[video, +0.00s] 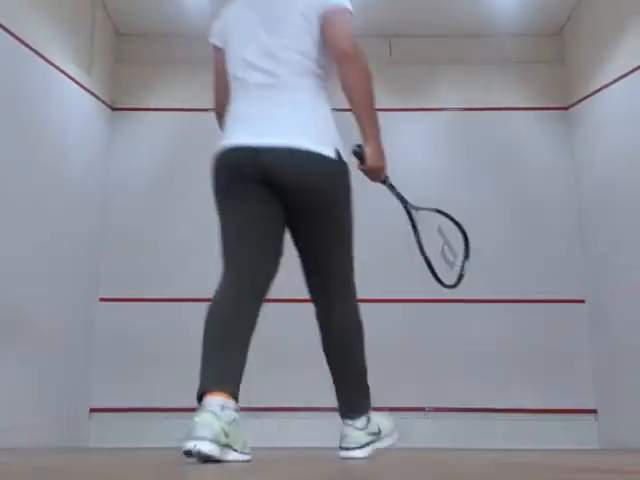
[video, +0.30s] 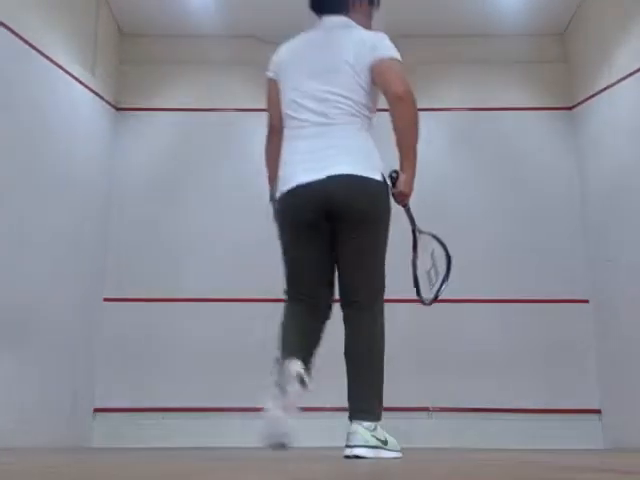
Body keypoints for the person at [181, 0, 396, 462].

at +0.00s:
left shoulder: (229, 12)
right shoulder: (325, 4)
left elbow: (222, 104)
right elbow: (347, 53)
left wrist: (251, 143)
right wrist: (372, 142)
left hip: (238, 155)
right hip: (309, 156)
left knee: (240, 280)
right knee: (334, 292)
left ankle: (215, 412)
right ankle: (357, 423)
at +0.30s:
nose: (374, 15)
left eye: (373, 10)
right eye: (372, 9)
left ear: (317, 9)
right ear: (358, 6)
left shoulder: (284, 53)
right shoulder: (370, 40)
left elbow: (276, 129)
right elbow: (400, 94)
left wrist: (276, 192)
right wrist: (408, 170)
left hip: (297, 189)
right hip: (359, 183)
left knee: (306, 296)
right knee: (363, 305)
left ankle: (291, 371)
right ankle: (364, 425)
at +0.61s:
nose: (383, 54)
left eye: (382, 45)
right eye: (380, 45)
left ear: (333, 49)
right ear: (361, 45)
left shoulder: (301, 96)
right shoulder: (376, 81)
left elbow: (291, 165)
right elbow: (396, 144)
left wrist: (276, 219)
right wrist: (398, 204)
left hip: (308, 216)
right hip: (361, 209)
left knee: (314, 320)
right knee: (365, 316)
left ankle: (302, 428)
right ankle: (367, 423)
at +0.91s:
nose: (362, 96)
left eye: (362, 89)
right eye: (359, 89)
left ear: (319, 89)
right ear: (344, 87)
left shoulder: (291, 126)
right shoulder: (352, 117)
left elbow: (282, 188)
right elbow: (359, 163)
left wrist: (283, 232)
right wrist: (374, 221)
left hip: (288, 239)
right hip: (334, 238)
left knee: (300, 333)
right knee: (349, 323)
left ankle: (298, 428)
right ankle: (354, 382)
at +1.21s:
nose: (363, 130)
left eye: (364, 123)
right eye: (361, 123)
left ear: (327, 120)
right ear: (345, 119)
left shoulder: (299, 152)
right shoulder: (348, 148)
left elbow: (302, 205)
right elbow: (352, 186)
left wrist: (352, 241)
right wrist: (373, 239)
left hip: (295, 256)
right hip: (338, 258)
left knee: (303, 340)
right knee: (345, 344)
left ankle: (297, 425)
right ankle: (339, 429)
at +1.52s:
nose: (377, 155)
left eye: (379, 148)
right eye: (377, 148)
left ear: (348, 143)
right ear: (364, 142)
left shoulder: (326, 168)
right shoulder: (361, 167)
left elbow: (334, 226)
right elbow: (369, 213)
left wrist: (363, 263)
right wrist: (383, 252)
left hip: (307, 270)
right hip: (341, 271)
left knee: (328, 343)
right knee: (354, 348)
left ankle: (305, 400)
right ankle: (338, 431)